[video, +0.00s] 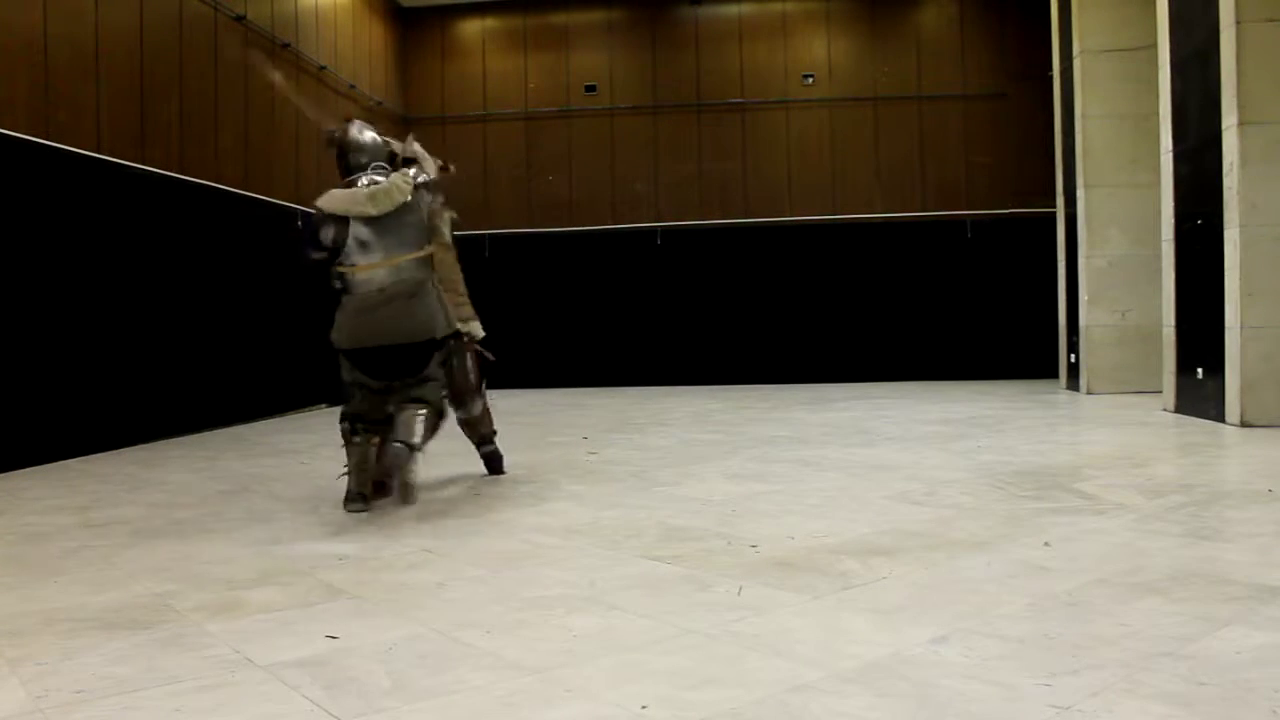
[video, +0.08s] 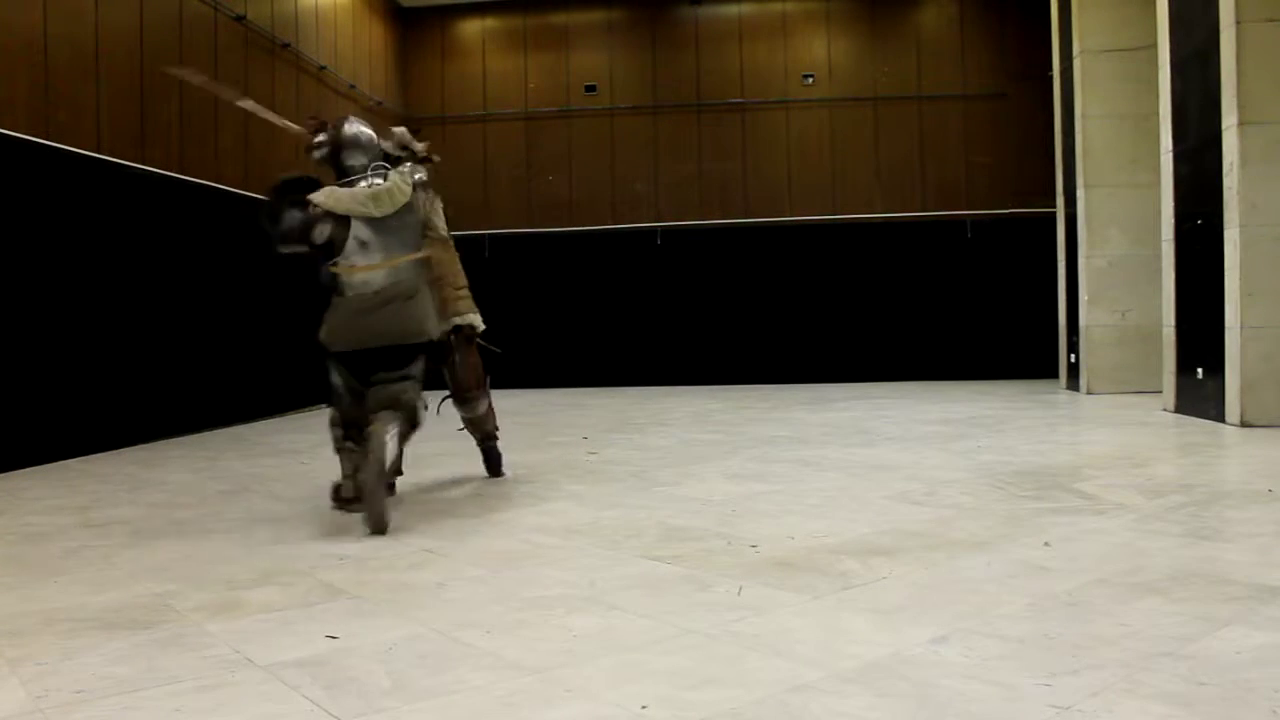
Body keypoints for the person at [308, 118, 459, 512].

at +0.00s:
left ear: (342, 164)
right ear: (387, 156)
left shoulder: (329, 211)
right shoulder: (422, 194)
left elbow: (318, 269)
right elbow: (446, 264)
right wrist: (466, 324)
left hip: (358, 326)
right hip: (418, 321)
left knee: (361, 395)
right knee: (423, 383)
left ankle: (357, 480)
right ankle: (403, 446)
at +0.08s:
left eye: (335, 160)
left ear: (336, 164)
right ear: (381, 154)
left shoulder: (326, 209)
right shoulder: (416, 195)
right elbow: (442, 250)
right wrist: (463, 312)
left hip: (351, 329)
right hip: (410, 323)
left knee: (347, 399)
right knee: (403, 385)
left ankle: (353, 479)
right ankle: (390, 434)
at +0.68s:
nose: (430, 188)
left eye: (434, 180)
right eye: (427, 180)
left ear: (447, 178)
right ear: (426, 182)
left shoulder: (470, 219)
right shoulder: (442, 223)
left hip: (490, 316)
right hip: (453, 319)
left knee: (490, 388)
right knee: (414, 386)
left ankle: (520, 473)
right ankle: (401, 470)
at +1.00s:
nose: (492, 185)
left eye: (498, 176)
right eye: (486, 177)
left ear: (509, 178)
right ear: (476, 180)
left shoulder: (523, 219)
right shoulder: (468, 222)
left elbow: (545, 268)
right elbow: (468, 265)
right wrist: (429, 267)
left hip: (517, 319)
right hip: (477, 322)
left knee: (517, 384)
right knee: (469, 390)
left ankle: (533, 464)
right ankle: (502, 447)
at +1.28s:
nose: (561, 174)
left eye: (565, 166)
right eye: (554, 166)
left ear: (574, 168)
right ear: (542, 169)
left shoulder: (592, 209)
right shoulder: (528, 214)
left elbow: (615, 257)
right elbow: (521, 258)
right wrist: (502, 256)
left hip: (583, 311)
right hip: (540, 312)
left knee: (593, 376)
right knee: (540, 382)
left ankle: (608, 446)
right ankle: (554, 451)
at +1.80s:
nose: (640, 189)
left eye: (646, 182)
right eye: (635, 183)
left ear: (655, 182)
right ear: (626, 184)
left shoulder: (674, 219)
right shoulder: (612, 220)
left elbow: (693, 264)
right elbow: (598, 255)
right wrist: (594, 265)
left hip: (667, 307)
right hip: (627, 307)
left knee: (675, 368)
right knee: (623, 367)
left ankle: (686, 432)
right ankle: (631, 420)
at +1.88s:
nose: (638, 203)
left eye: (643, 196)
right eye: (633, 197)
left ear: (652, 196)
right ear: (625, 198)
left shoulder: (672, 230)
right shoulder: (612, 232)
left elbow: (695, 269)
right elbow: (597, 267)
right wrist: (591, 273)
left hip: (666, 314)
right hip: (626, 314)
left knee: (679, 370)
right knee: (615, 371)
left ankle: (694, 435)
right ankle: (623, 417)